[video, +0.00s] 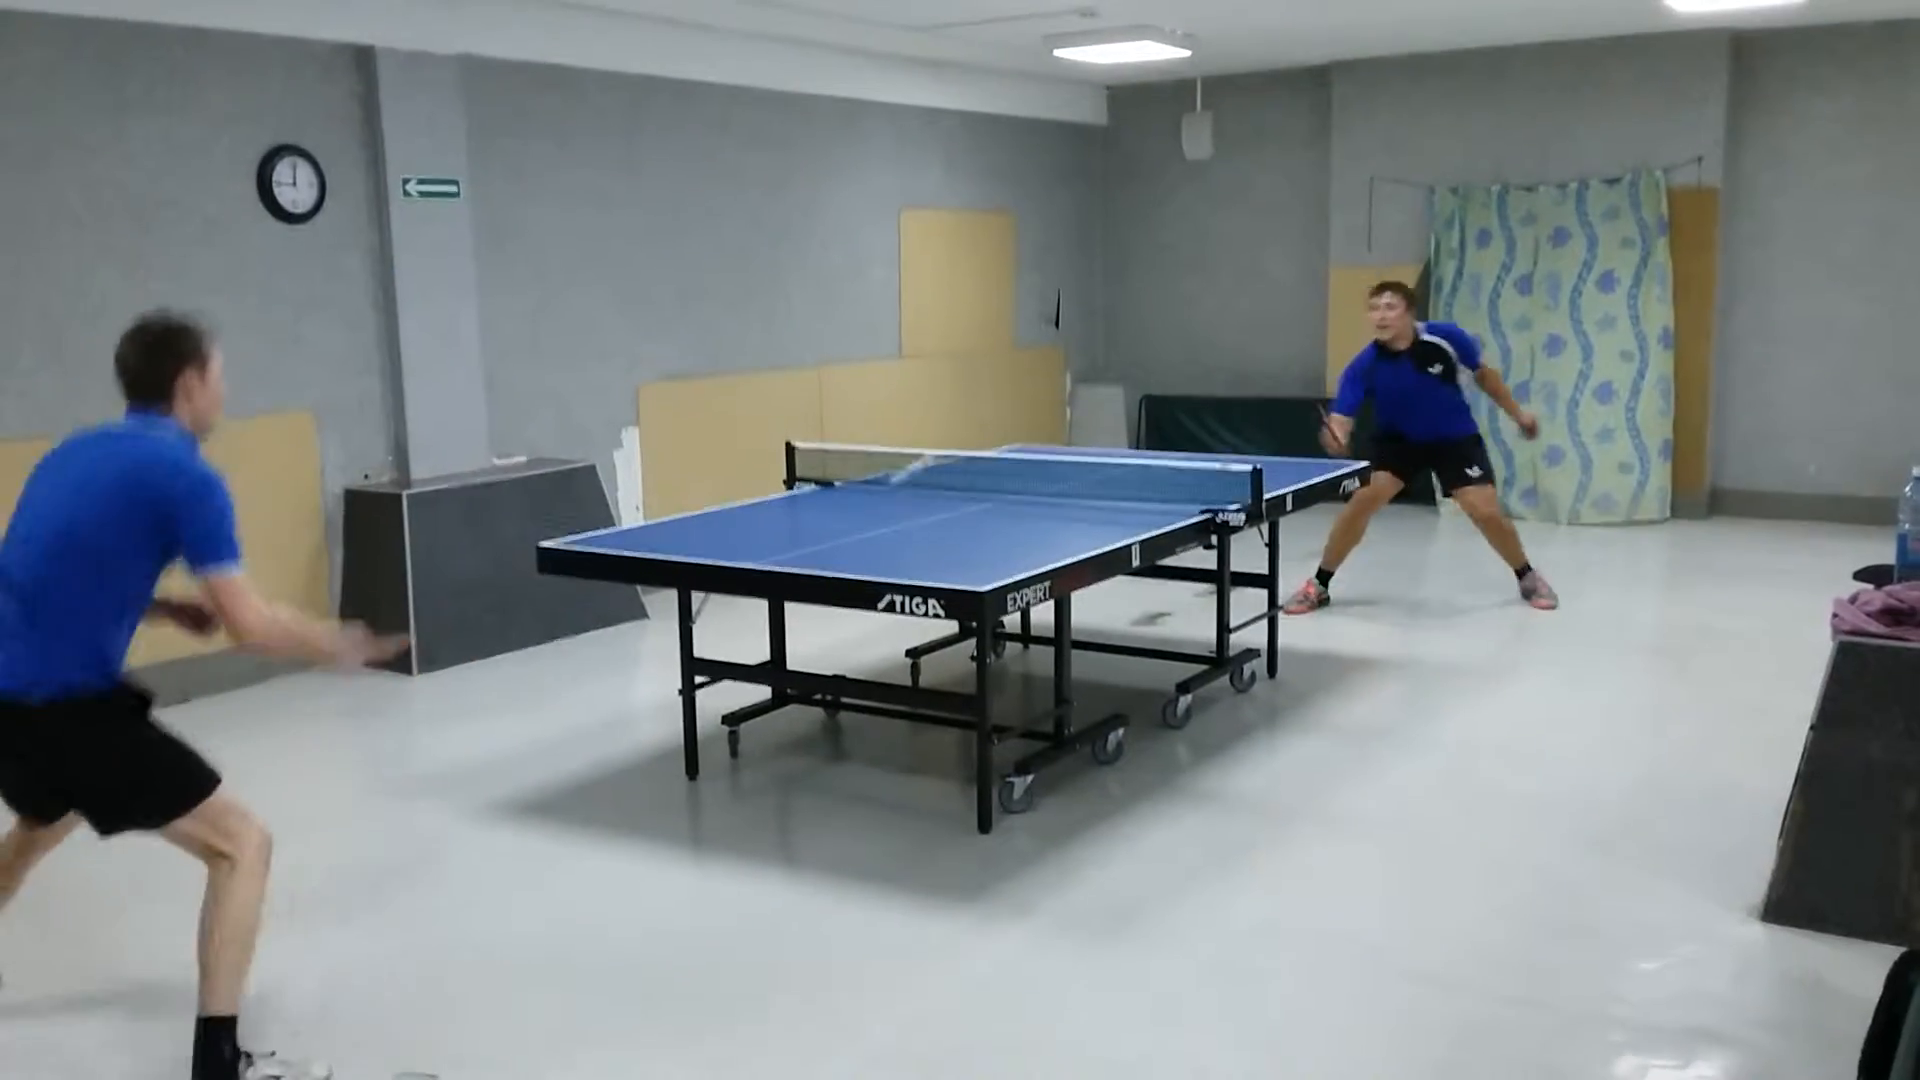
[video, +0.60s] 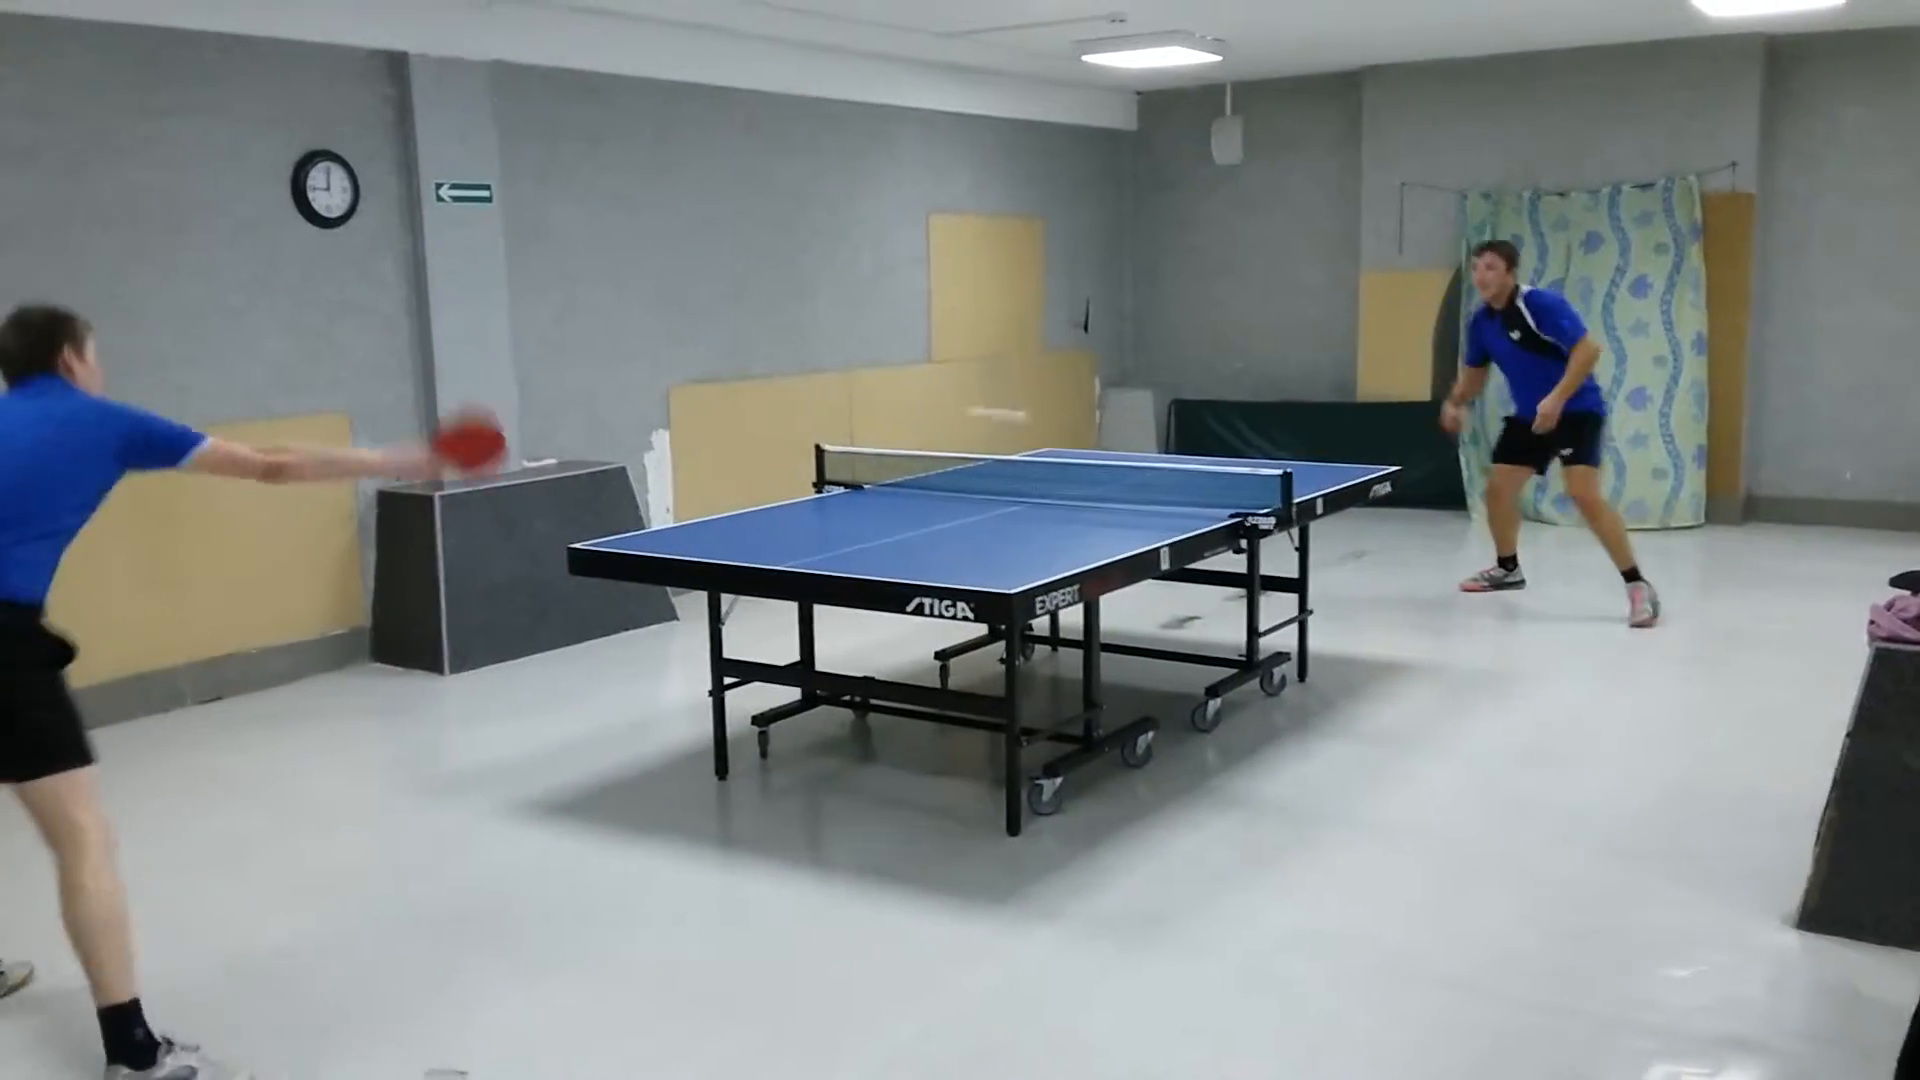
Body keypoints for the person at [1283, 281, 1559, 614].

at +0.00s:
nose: (1381, 316)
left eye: (1390, 307)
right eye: (1375, 309)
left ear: (1409, 311)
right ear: (1368, 316)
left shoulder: (1446, 340)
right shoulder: (1364, 366)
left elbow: (1484, 375)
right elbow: (1341, 420)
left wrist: (1517, 414)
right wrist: (1336, 438)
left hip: (1455, 440)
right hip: (1399, 445)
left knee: (1484, 511)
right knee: (1364, 499)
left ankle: (1527, 578)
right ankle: (1318, 585)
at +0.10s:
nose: (1414, 300)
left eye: (1424, 291)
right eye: (1410, 292)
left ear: (1444, 296)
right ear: (1404, 298)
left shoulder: (1480, 330)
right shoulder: (1396, 347)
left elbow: (1520, 370)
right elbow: (1376, 399)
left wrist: (1548, 418)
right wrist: (1372, 428)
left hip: (1481, 431)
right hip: (1422, 434)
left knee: (1504, 502)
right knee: (1382, 492)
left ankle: (1536, 576)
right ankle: (1326, 578)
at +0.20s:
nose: (1432, 279)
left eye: (1443, 272)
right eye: (1429, 272)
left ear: (1464, 279)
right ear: (1425, 279)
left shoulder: (1499, 313)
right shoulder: (1419, 325)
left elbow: (1546, 355)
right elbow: (1404, 374)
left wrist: (1563, 410)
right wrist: (1395, 404)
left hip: (1503, 419)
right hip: (1445, 420)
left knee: (1513, 493)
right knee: (1405, 481)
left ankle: (1539, 577)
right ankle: (1353, 570)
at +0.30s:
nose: (1442, 254)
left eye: (1452, 247)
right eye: (1439, 247)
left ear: (1475, 253)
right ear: (1435, 253)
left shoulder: (1512, 291)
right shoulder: (1430, 302)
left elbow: (1557, 330)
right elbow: (1415, 350)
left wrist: (1567, 382)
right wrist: (1402, 385)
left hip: (1517, 403)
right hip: (1463, 403)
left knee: (1521, 487)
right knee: (1428, 474)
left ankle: (1542, 575)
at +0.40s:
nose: (1447, 247)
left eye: (1457, 240)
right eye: (1444, 240)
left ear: (1480, 247)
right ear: (1440, 246)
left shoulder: (1515, 280)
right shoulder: (1436, 295)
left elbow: (1562, 318)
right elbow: (1420, 343)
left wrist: (1566, 371)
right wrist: (1412, 378)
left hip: (1529, 395)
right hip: (1478, 398)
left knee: (1532, 480)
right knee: (1459, 477)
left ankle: (1565, 567)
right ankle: (1472, 559)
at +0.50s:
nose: (1459, 259)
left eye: (1468, 251)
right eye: (1455, 252)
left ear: (1489, 256)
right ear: (1452, 258)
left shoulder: (1524, 290)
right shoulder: (1454, 307)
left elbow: (1575, 331)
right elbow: (1440, 354)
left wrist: (1563, 381)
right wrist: (1425, 381)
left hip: (1544, 403)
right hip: (1499, 410)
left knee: (1549, 482)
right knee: (1484, 486)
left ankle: (1605, 569)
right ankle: (1493, 566)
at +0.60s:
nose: (1481, 276)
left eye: (1490, 268)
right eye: (1476, 269)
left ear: (1510, 274)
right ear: (1473, 274)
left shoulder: (1541, 304)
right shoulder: (1481, 322)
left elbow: (1587, 349)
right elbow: (1474, 371)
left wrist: (1556, 399)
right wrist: (1456, 399)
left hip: (1577, 409)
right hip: (1529, 413)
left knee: (1583, 492)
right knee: (1499, 487)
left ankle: (1637, 586)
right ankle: (1507, 568)